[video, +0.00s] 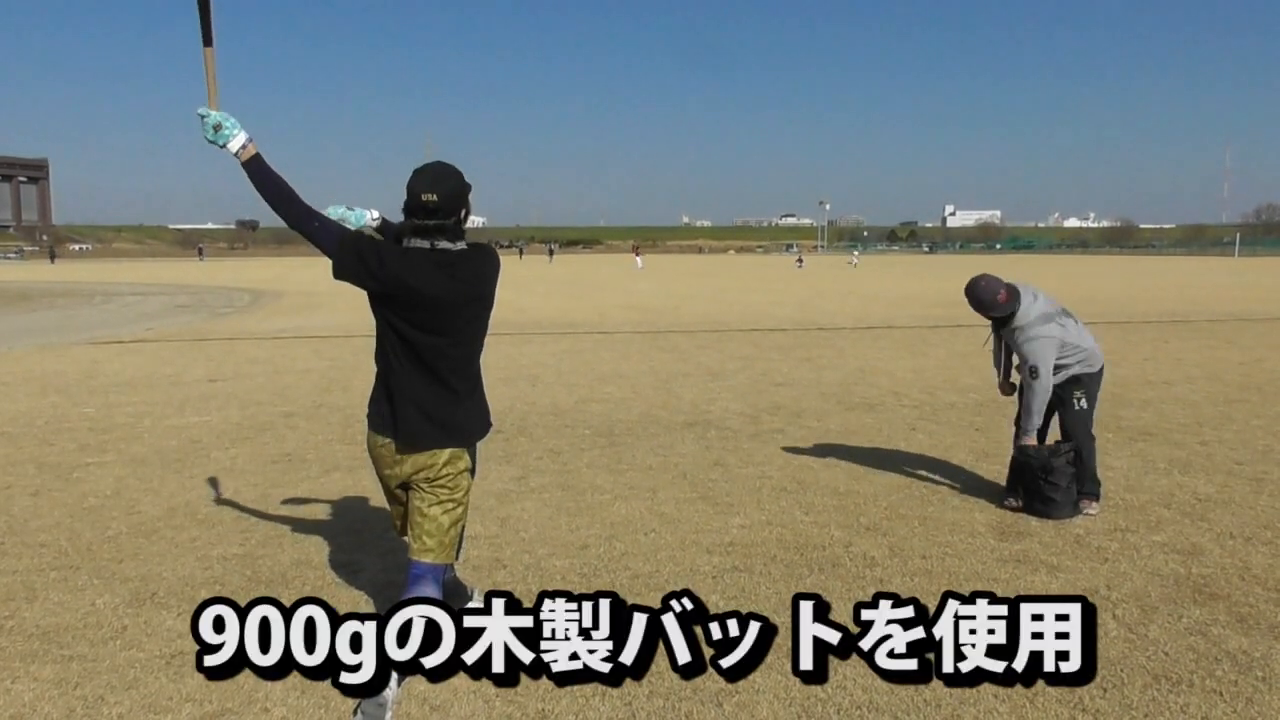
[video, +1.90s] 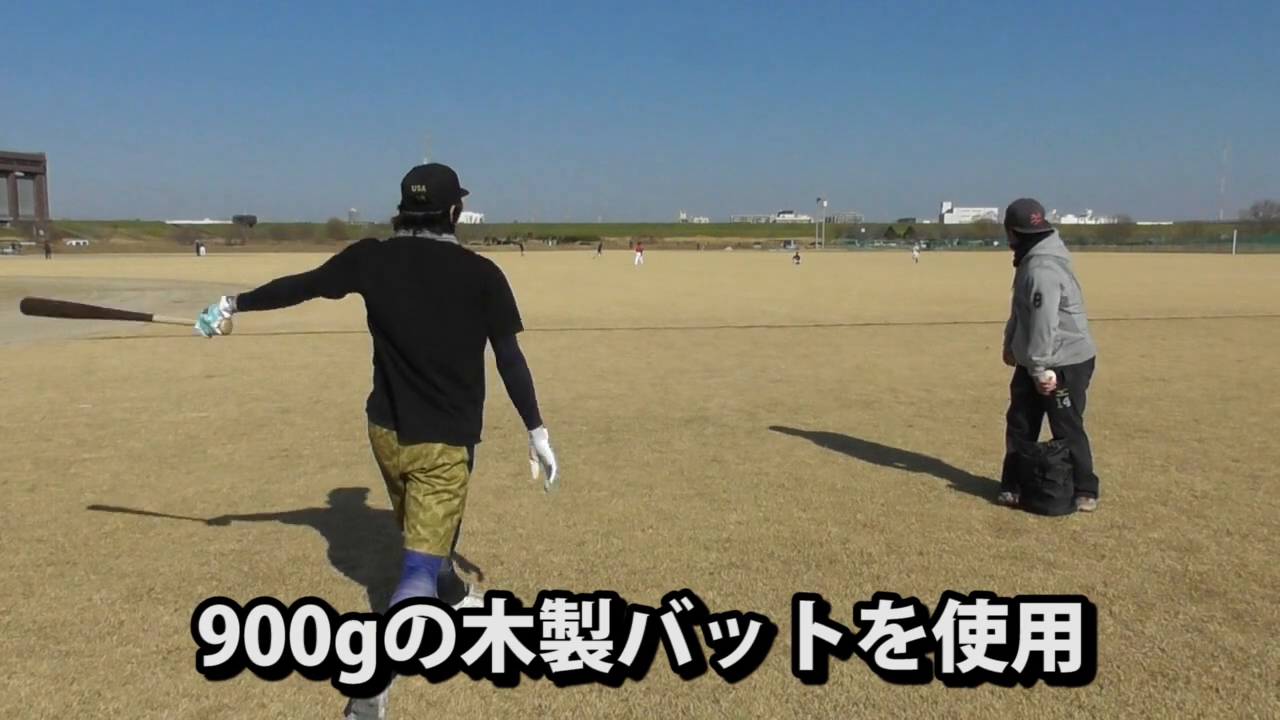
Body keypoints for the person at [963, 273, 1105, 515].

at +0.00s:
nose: (1007, 312)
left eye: (1007, 306)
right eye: (999, 311)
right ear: (986, 313)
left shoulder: (1033, 335)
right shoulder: (1003, 309)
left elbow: (1038, 386)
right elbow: (1001, 340)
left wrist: (1030, 433)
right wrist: (1003, 377)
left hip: (1080, 368)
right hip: (1040, 368)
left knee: (1076, 432)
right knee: (1027, 430)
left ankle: (1088, 495)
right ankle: (1018, 490)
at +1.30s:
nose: (978, 297)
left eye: (977, 293)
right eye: (976, 293)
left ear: (983, 294)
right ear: (997, 275)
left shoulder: (1029, 315)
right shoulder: (1006, 297)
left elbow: (1042, 370)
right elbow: (1004, 337)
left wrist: (1037, 416)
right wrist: (1005, 371)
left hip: (1076, 363)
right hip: (1038, 361)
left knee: (1069, 425)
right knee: (1023, 423)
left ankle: (1088, 492)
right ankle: (1017, 489)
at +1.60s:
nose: (997, 258)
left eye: (997, 253)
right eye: (997, 252)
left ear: (997, 254)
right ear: (1022, 240)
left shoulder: (1030, 280)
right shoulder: (1023, 271)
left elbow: (1042, 329)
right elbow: (1012, 318)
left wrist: (1041, 371)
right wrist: (1006, 350)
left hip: (1067, 362)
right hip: (1038, 360)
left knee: (1066, 428)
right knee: (1023, 424)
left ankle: (1086, 490)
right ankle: (1015, 485)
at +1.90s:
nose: (1008, 239)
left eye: (1009, 233)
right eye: (1009, 233)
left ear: (1014, 234)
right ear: (1041, 226)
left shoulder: (1041, 268)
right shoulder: (1035, 259)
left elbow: (1043, 323)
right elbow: (1020, 309)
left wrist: (1040, 366)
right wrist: (1010, 342)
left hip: (1065, 360)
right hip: (1038, 357)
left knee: (1067, 428)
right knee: (1021, 422)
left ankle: (1085, 490)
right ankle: (1015, 485)